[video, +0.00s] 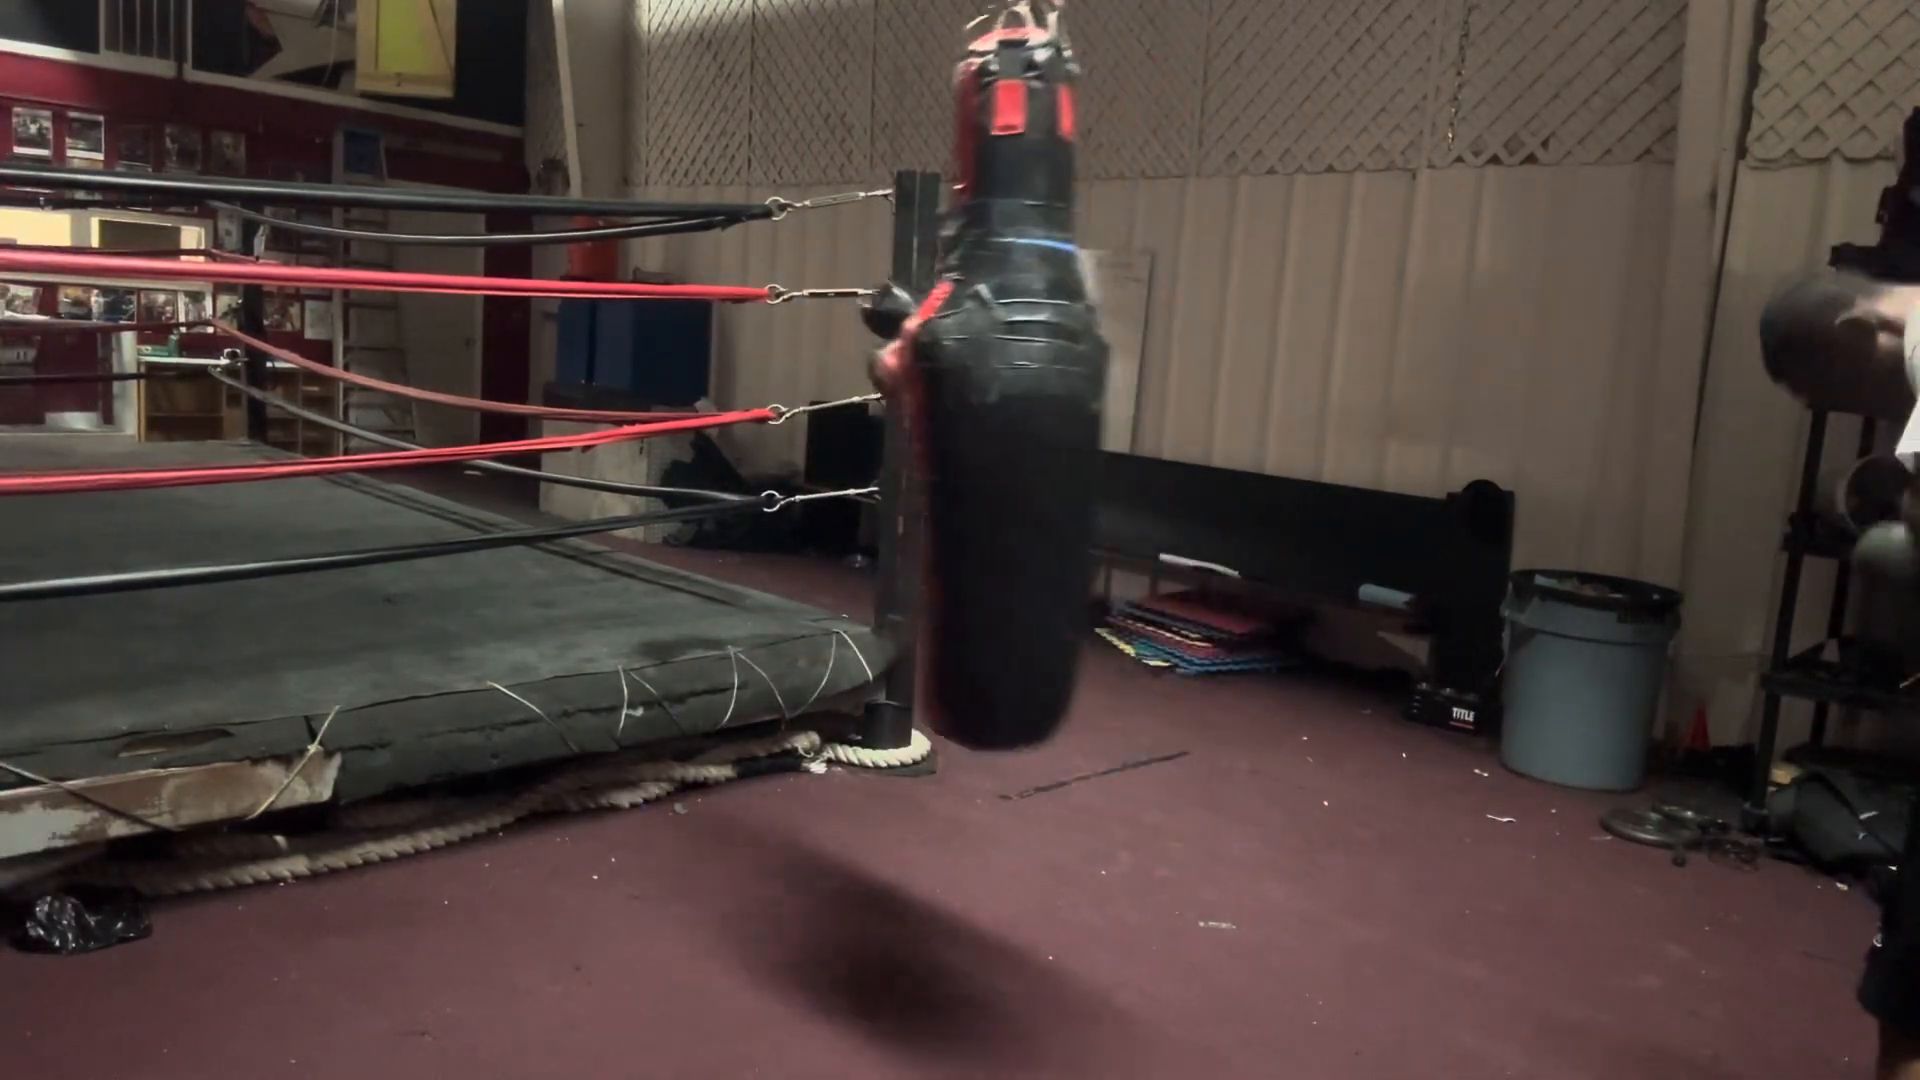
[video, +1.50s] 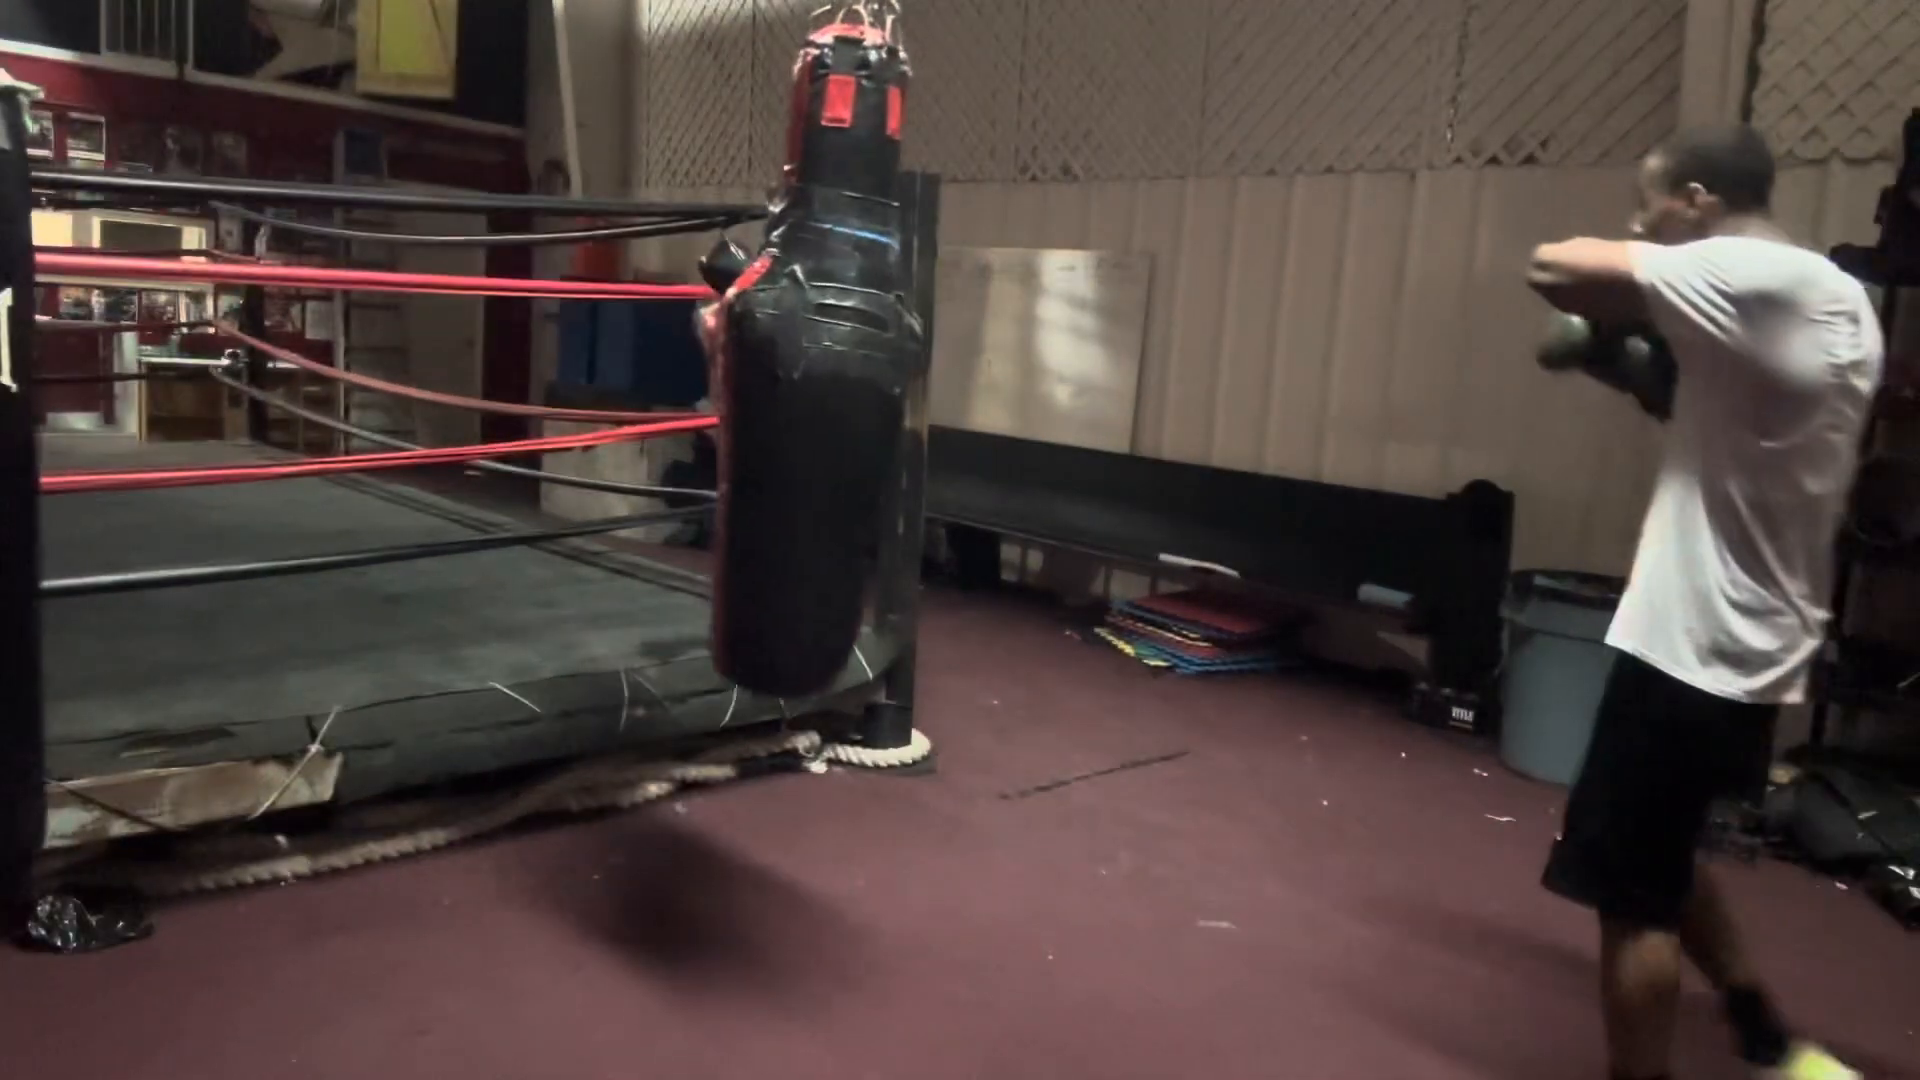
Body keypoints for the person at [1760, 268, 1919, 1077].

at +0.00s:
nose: (1848, 415)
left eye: (1835, 396)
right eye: (1829, 404)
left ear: (1868, 334)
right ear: (1869, 327)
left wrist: (1884, 502)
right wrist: (1887, 489)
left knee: (1901, 988)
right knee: (1898, 983)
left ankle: (1900, 1058)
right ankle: (1896, 1058)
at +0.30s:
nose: (1838, 356)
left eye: (1832, 324)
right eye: (1824, 335)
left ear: (1890, 268)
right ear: (1888, 271)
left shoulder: (1917, 387)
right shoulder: (1907, 393)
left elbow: (1874, 499)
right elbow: (1864, 500)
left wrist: (1878, 480)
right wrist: (1881, 486)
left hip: (1918, 743)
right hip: (1909, 737)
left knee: (1894, 1003)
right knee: (1890, 993)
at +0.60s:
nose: (1831, 234)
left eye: (1847, 208)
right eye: (1832, 209)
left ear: (1910, 213)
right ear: (1902, 218)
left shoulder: (1914, 315)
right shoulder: (1900, 317)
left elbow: (1768, 395)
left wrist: (1845, 363)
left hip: (1899, 707)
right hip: (1886, 703)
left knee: (1878, 994)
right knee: (1863, 978)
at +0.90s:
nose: (1819, 244)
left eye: (1830, 220)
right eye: (1818, 222)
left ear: (1892, 214)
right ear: (1898, 219)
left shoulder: (1919, 282)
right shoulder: (1905, 290)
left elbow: (1736, 319)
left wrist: (1815, 311)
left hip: (1897, 678)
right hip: (1890, 673)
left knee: (1735, 900)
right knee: (1912, 933)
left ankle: (1795, 1064)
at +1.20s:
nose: (1713, 252)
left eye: (1723, 233)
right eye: (1712, 235)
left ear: (1773, 220)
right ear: (1807, 221)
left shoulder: (1847, 279)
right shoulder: (1896, 295)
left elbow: (1622, 297)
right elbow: (1857, 477)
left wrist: (1728, 310)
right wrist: (1729, 504)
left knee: (1655, 894)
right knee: (1845, 920)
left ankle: (1637, 1065)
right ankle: (1887, 1060)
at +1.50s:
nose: (1647, 226)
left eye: (1654, 210)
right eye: (1647, 210)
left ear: (1698, 201)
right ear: (1755, 201)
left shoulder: (1743, 275)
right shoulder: (1848, 297)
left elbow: (1551, 262)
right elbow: (1741, 401)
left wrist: (1631, 304)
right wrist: (1628, 361)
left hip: (1689, 651)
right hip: (1757, 652)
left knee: (1633, 890)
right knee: (1661, 857)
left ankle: (1638, 1073)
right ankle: (1769, 1043)